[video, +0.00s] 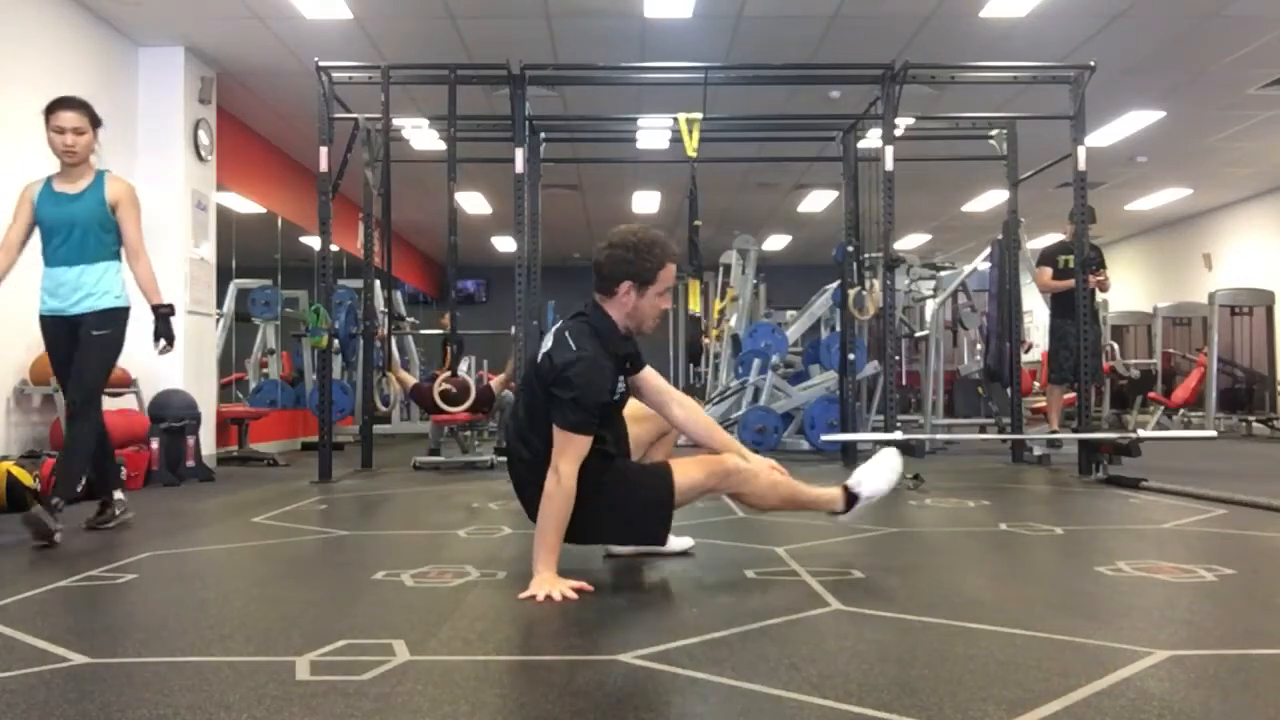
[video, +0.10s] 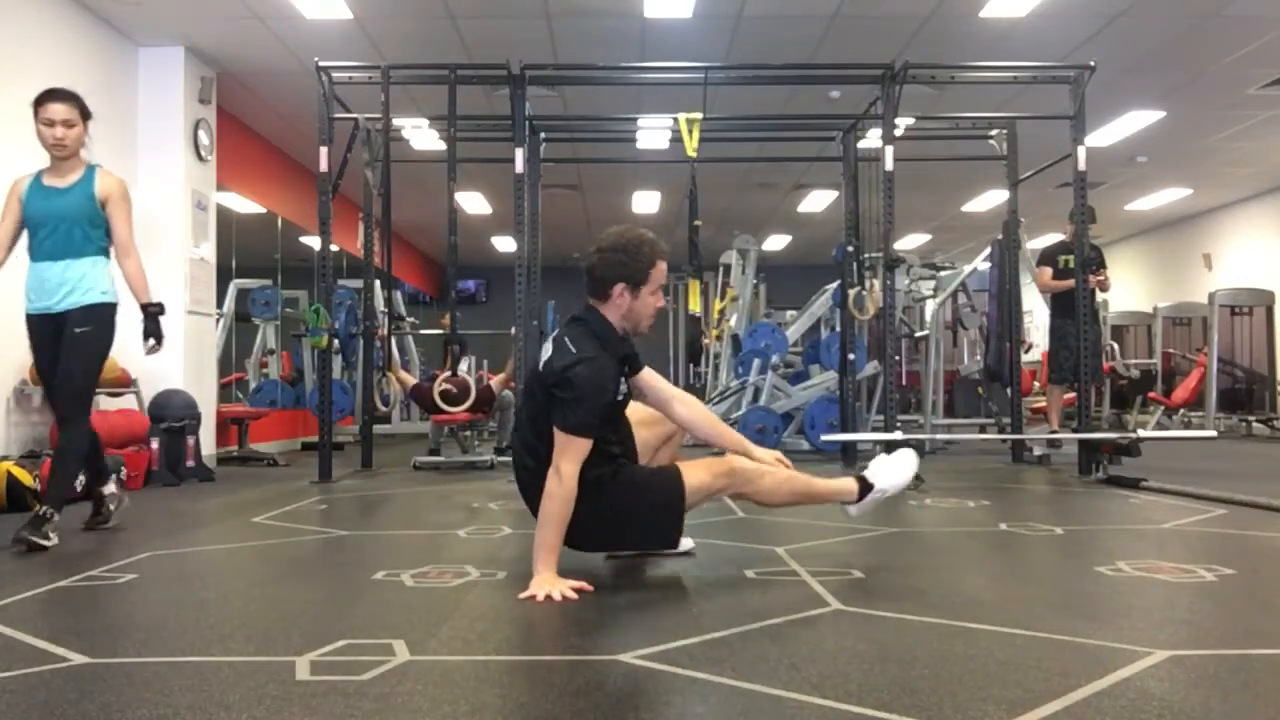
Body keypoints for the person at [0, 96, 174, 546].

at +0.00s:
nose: (69, 140)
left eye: (78, 131)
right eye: (59, 131)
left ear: (94, 136)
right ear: (48, 136)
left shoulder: (117, 189)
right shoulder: (34, 194)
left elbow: (137, 255)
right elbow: (7, 255)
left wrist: (160, 308)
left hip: (105, 308)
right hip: (55, 311)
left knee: (82, 402)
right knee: (80, 405)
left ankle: (54, 505)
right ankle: (111, 496)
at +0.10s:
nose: (58, 132)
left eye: (68, 124)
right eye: (48, 124)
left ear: (85, 129)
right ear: (37, 130)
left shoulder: (106, 184)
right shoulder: (23, 188)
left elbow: (127, 253)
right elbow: (2, 250)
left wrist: (150, 307)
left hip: (92, 305)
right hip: (40, 309)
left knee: (71, 406)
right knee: (64, 408)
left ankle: (48, 512)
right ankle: (105, 486)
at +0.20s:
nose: (40, 122)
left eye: (50, 113)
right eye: (30, 114)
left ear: (69, 117)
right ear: (20, 118)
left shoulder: (91, 175)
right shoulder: (11, 179)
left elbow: (108, 246)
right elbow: (1, 238)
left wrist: (128, 302)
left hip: (79, 300)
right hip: (24, 303)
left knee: (71, 408)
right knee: (20, 410)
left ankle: (48, 512)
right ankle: (76, 473)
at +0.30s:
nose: (20, 114)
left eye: (30, 104)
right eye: (11, 106)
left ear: (55, 107)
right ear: (4, 110)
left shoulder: (78, 164)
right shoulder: (8, 167)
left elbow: (95, 233)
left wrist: (104, 292)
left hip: (66, 298)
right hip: (11, 300)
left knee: (61, 405)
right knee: (1, 401)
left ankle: (47, 510)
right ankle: (38, 478)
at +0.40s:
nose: (3, 105)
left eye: (11, 96)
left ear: (37, 100)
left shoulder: (66, 155)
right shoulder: (4, 153)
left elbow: (81, 224)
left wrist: (74, 287)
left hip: (52, 295)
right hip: (5, 297)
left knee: (52, 404)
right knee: (0, 396)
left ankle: (44, 512)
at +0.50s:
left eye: (2, 92)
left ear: (26, 95)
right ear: (0, 97)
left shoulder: (54, 152)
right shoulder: (2, 151)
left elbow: (72, 223)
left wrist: (50, 282)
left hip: (44, 293)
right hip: (0, 295)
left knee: (45, 402)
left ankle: (43, 513)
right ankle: (40, 510)